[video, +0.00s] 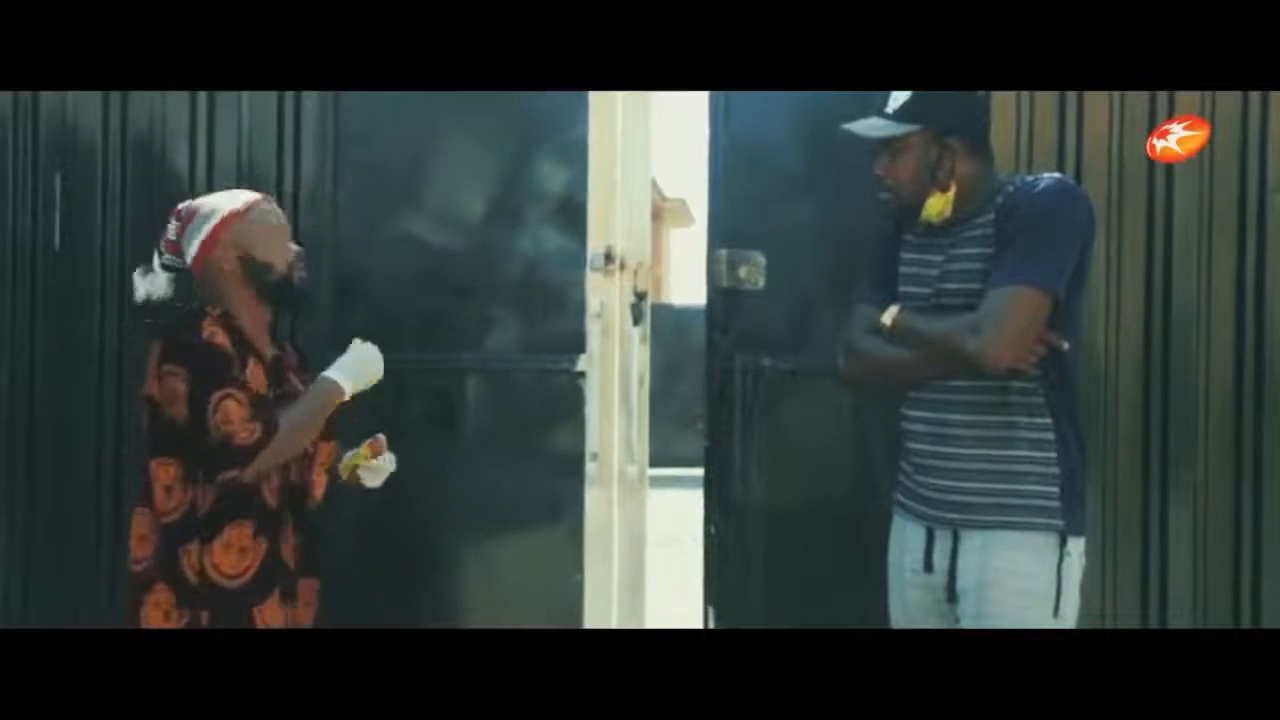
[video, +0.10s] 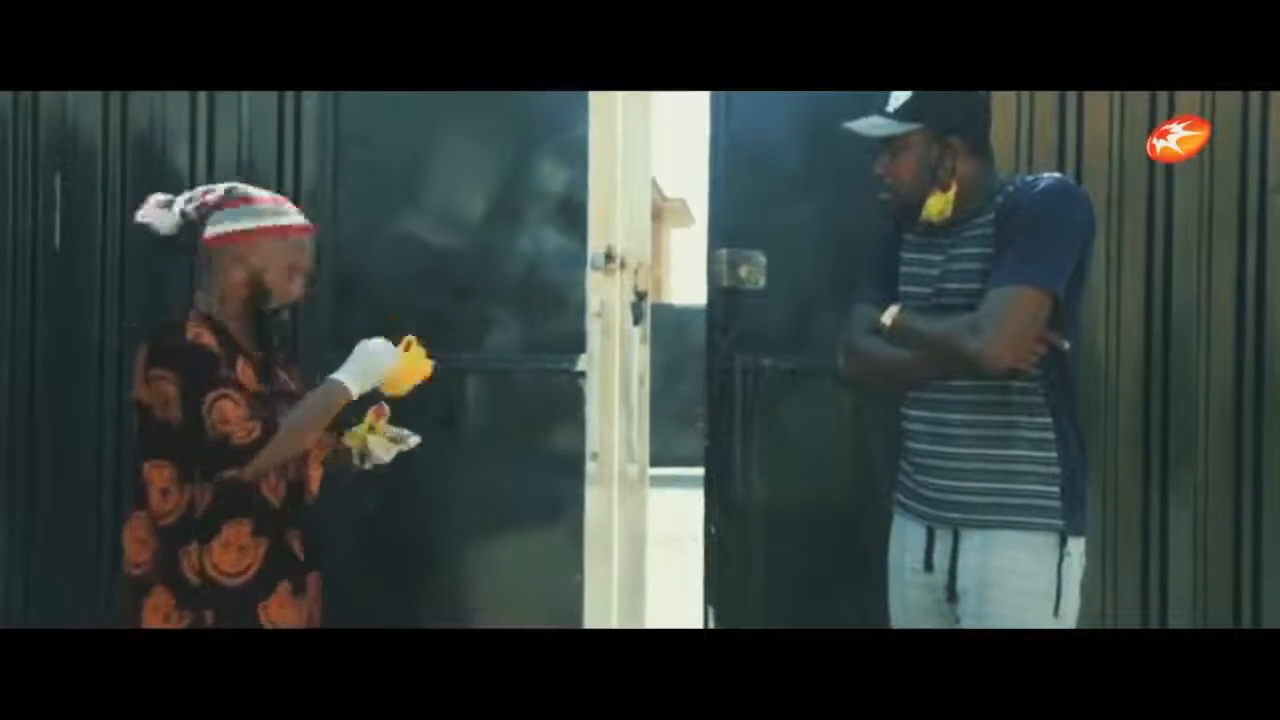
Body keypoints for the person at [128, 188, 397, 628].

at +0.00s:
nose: (295, 242)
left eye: (285, 224)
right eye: (271, 222)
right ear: (229, 254)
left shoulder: (283, 355)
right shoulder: (192, 347)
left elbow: (276, 465)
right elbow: (242, 453)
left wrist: (341, 466)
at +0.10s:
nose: (305, 270)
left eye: (305, 258)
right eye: (293, 255)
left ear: (244, 257)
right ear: (241, 254)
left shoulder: (264, 353)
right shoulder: (182, 350)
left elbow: (270, 450)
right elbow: (242, 455)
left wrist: (345, 450)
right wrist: (348, 382)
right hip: (202, 599)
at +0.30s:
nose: (299, 308)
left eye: (304, 293)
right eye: (296, 290)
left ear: (255, 273)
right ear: (253, 270)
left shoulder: (256, 352)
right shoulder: (177, 349)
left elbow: (266, 475)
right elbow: (237, 458)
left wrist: (344, 446)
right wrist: (329, 391)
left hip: (263, 602)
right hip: (190, 607)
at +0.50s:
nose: (300, 258)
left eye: (294, 245)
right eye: (284, 245)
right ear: (238, 256)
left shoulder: (280, 343)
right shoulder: (181, 344)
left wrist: (326, 491)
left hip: (269, 591)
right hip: (193, 597)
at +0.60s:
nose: (296, 249)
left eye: (291, 236)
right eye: (277, 236)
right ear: (224, 254)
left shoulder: (287, 341)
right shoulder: (187, 336)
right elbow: (153, 482)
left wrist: (312, 504)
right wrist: (270, 453)